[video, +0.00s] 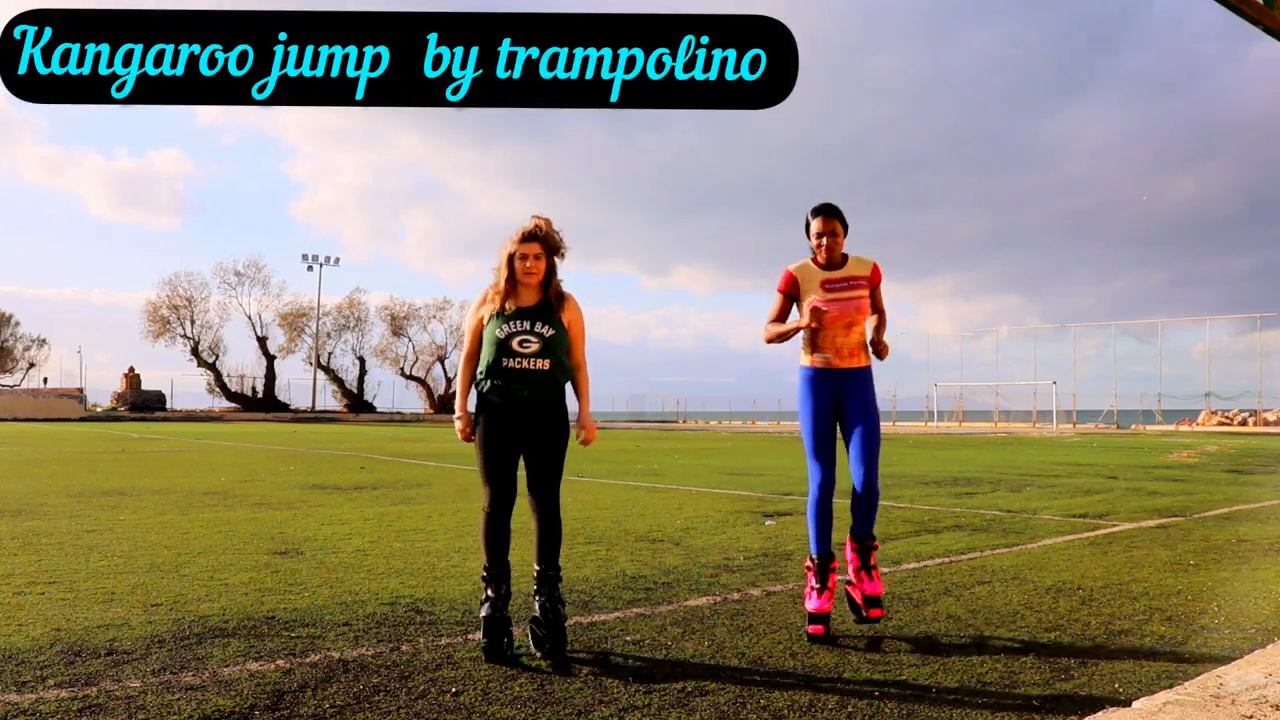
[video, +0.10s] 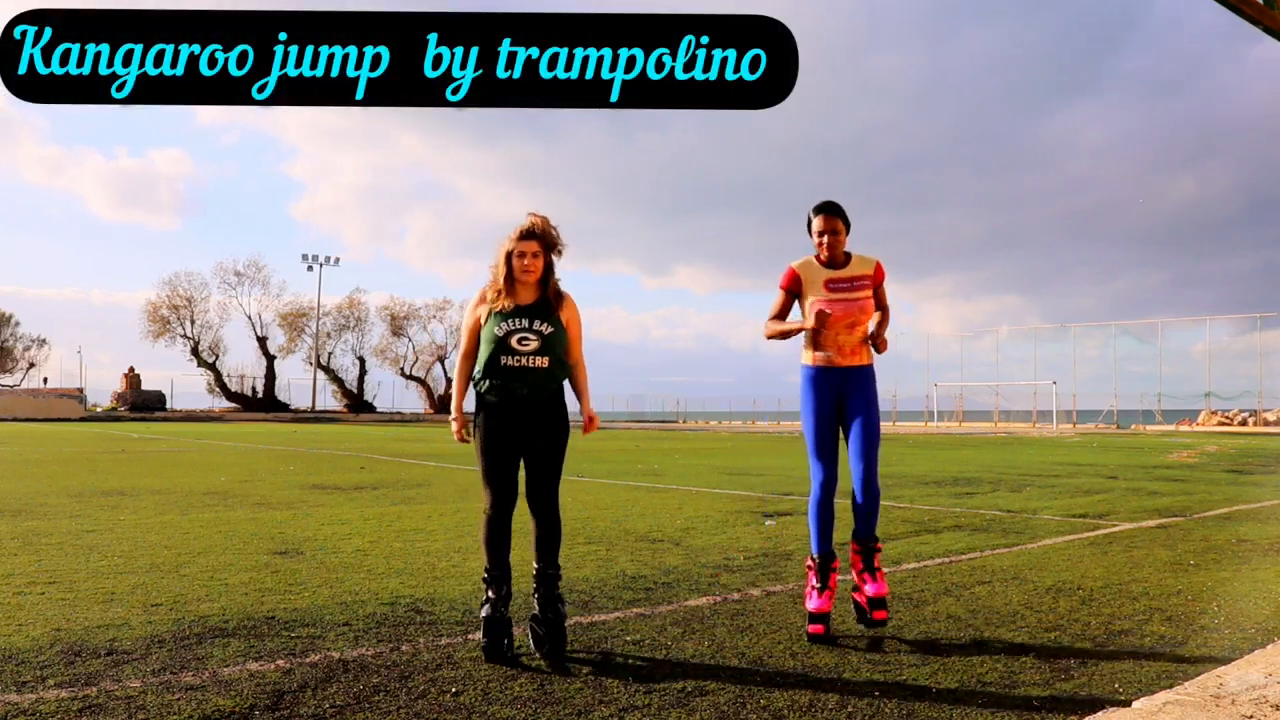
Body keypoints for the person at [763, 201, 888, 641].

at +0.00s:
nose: (826, 243)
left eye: (833, 235)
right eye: (819, 237)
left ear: (845, 235)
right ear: (809, 239)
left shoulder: (867, 270)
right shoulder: (797, 276)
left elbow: (879, 314)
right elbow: (770, 333)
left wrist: (877, 336)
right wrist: (798, 323)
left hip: (859, 380)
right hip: (816, 382)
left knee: (866, 482)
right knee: (821, 481)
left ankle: (862, 557)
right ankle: (820, 571)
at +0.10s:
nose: (828, 241)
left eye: (834, 233)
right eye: (821, 235)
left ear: (847, 232)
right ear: (812, 236)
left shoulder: (870, 269)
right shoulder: (799, 273)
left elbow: (883, 311)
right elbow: (770, 328)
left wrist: (878, 332)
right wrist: (801, 324)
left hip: (861, 380)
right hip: (818, 381)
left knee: (866, 481)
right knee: (823, 482)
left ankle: (866, 561)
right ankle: (821, 571)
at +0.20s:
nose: (833, 236)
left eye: (840, 228)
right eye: (826, 229)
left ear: (853, 228)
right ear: (817, 231)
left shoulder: (877, 266)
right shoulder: (805, 269)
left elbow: (890, 312)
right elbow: (783, 322)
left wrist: (881, 334)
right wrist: (807, 330)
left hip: (864, 377)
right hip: (821, 378)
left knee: (864, 478)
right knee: (824, 478)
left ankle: (871, 570)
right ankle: (820, 571)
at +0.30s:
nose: (835, 235)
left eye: (842, 227)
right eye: (829, 228)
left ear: (858, 227)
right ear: (821, 230)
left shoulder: (883, 267)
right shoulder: (810, 270)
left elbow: (898, 319)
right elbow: (793, 324)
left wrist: (885, 338)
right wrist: (812, 334)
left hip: (865, 380)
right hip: (823, 379)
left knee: (865, 479)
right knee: (826, 475)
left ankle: (871, 573)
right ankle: (819, 571)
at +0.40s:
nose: (838, 234)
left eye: (846, 227)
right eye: (833, 227)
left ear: (865, 229)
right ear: (827, 230)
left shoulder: (890, 269)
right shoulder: (816, 269)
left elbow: (914, 326)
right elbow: (801, 320)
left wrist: (889, 335)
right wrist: (811, 335)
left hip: (869, 381)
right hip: (825, 379)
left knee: (868, 481)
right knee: (824, 475)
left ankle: (872, 577)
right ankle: (816, 569)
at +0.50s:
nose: (841, 235)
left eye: (849, 228)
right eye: (836, 228)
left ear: (867, 231)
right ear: (830, 231)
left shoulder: (891, 270)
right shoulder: (817, 271)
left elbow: (920, 326)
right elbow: (798, 319)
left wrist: (892, 325)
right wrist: (808, 331)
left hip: (871, 382)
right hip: (826, 380)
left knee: (868, 483)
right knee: (822, 476)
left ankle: (872, 577)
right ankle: (817, 567)